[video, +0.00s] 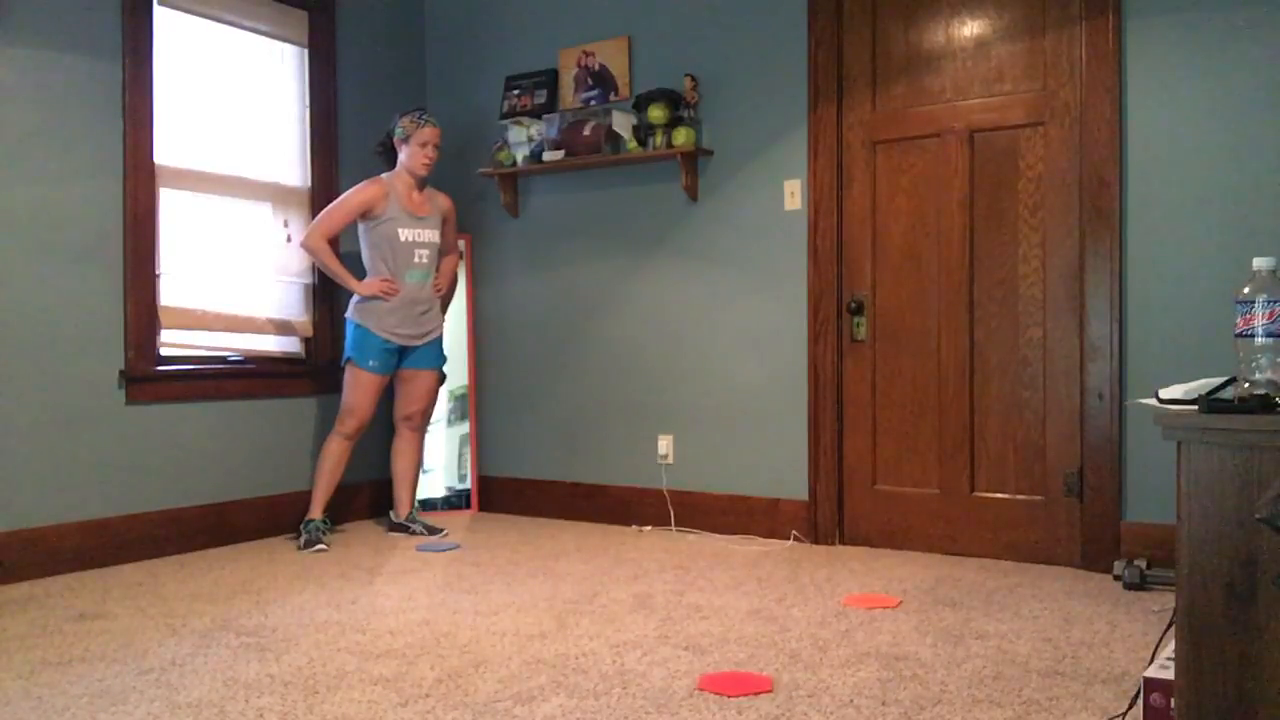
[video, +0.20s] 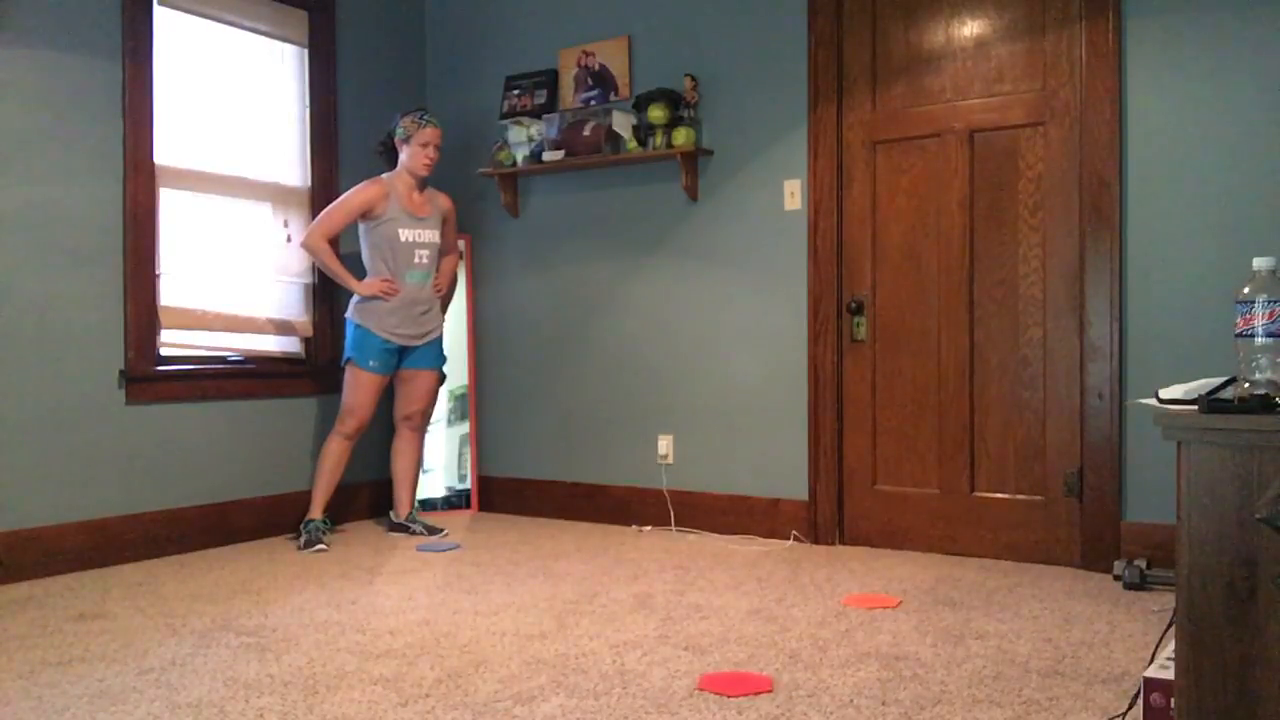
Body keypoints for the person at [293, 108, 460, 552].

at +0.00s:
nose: (431, 154)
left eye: (436, 147)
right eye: (424, 145)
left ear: (438, 153)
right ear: (401, 146)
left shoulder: (441, 203)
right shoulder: (375, 192)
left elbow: (451, 249)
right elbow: (313, 238)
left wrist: (447, 275)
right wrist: (357, 284)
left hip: (426, 326)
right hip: (375, 324)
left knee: (413, 421)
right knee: (351, 422)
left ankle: (402, 514)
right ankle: (314, 519)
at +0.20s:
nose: (432, 155)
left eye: (437, 148)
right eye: (425, 146)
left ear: (439, 154)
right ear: (401, 146)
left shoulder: (441, 203)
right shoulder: (375, 192)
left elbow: (451, 249)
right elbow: (313, 238)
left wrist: (446, 276)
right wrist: (357, 284)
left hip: (426, 327)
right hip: (375, 325)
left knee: (413, 421)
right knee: (352, 423)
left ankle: (402, 514)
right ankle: (314, 519)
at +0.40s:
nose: (433, 155)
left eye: (438, 148)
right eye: (426, 146)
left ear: (440, 154)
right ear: (403, 146)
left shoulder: (441, 204)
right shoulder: (376, 192)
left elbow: (451, 251)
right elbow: (313, 238)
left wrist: (446, 279)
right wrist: (357, 284)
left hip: (426, 327)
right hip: (375, 325)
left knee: (413, 420)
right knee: (352, 422)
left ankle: (402, 515)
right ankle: (314, 519)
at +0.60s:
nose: (437, 157)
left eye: (442, 150)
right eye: (429, 148)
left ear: (442, 155)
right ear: (406, 147)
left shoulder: (442, 205)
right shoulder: (377, 193)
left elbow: (454, 265)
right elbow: (316, 238)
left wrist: (465, 271)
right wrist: (355, 289)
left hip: (425, 331)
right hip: (374, 328)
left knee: (412, 421)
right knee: (350, 423)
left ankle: (403, 514)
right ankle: (315, 519)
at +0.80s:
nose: (445, 162)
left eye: (449, 154)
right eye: (437, 152)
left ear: (451, 157)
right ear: (413, 150)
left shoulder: (445, 203)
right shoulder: (381, 193)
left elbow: (463, 272)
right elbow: (333, 252)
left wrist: (453, 218)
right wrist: (361, 288)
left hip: (422, 331)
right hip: (371, 326)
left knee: (411, 421)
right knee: (349, 421)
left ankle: (402, 514)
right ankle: (316, 518)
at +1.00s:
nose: (448, 170)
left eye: (454, 162)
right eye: (441, 161)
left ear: (458, 162)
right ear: (418, 156)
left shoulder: (457, 210)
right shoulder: (383, 195)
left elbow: (459, 271)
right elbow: (336, 253)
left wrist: (449, 214)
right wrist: (353, 296)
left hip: (420, 330)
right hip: (367, 323)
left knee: (409, 420)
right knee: (356, 415)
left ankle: (402, 515)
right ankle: (326, 513)